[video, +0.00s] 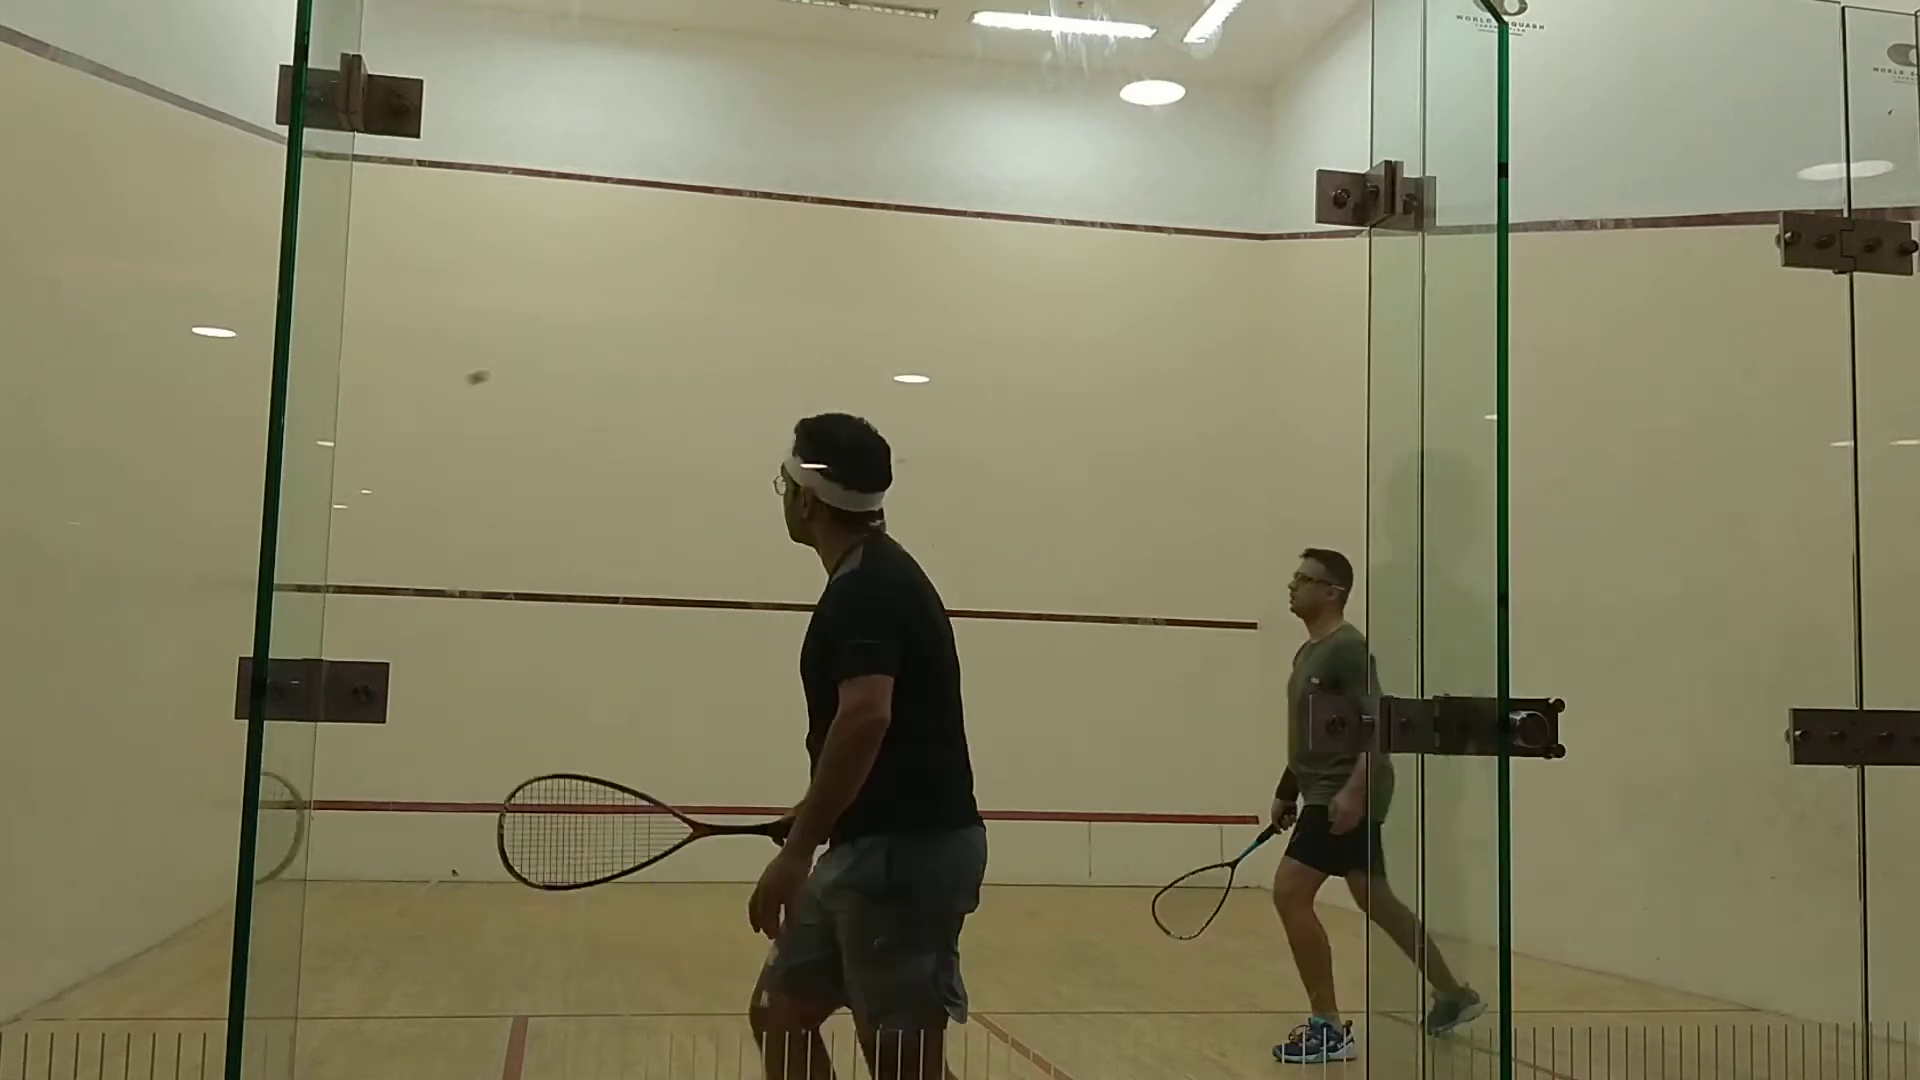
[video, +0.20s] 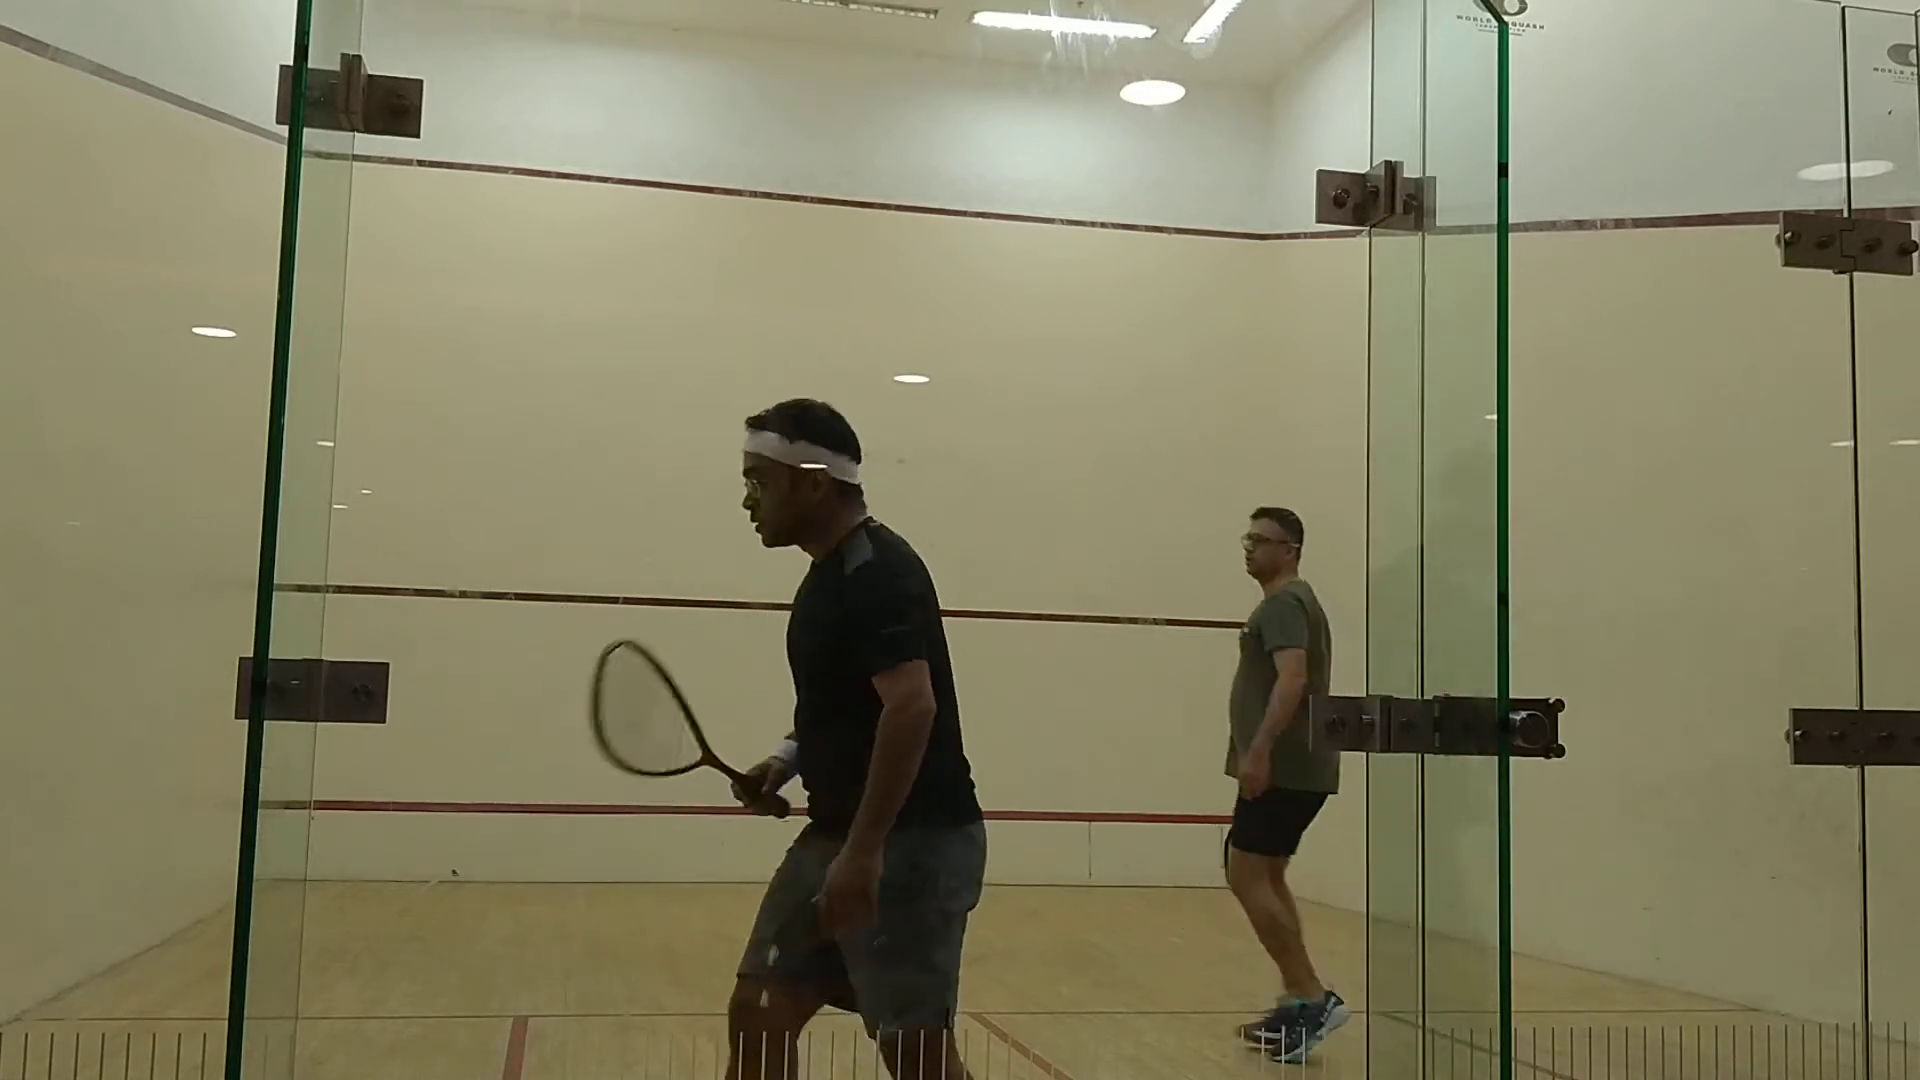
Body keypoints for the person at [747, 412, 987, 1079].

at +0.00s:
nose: (782, 497)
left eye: (787, 483)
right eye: (786, 482)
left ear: (810, 499)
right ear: (867, 498)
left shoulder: (865, 586)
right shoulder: (882, 575)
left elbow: (864, 715)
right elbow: (892, 727)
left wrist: (798, 852)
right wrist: (814, 812)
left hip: (905, 851)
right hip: (872, 846)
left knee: (903, 1052)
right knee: (781, 1015)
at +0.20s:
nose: (747, 499)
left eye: (758, 480)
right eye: (748, 481)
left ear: (813, 483)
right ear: (812, 484)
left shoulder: (880, 571)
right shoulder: (829, 576)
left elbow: (911, 705)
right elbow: (841, 704)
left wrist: (862, 849)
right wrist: (785, 760)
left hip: (916, 843)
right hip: (838, 838)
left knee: (915, 1050)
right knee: (759, 1018)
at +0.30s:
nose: (733, 502)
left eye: (745, 483)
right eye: (731, 486)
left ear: (806, 479)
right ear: (799, 483)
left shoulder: (888, 572)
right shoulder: (781, 589)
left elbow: (944, 700)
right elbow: (788, 689)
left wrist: (908, 837)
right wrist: (757, 752)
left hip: (901, 853)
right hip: (812, 846)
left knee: (911, 1054)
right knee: (758, 1028)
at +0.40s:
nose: (711, 509)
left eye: (724, 489)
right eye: (708, 493)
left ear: (786, 485)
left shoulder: (887, 577)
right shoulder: (754, 597)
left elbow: (971, 697)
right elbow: (760, 706)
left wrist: (952, 826)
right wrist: (736, 776)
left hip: (904, 856)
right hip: (805, 852)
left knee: (928, 1054)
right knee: (737, 1024)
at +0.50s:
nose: (687, 535)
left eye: (699, 514)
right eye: (683, 518)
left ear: (759, 506)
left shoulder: (868, 585)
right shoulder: (725, 628)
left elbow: (975, 695)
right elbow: (740, 743)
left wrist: (977, 825)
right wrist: (716, 830)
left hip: (906, 858)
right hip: (802, 851)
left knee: (921, 1058)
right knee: (695, 1009)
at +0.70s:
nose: (657, 634)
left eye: (663, 611)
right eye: (650, 616)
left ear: (721, 595)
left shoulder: (855, 623)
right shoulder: (702, 708)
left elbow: (970, 722)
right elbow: (747, 813)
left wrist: (929, 823)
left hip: (919, 866)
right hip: (812, 874)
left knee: (900, 1041)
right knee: (696, 1032)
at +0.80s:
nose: (691, 677)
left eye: (698, 653)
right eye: (681, 659)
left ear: (756, 628)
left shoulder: (879, 644)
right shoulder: (729, 717)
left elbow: (1004, 741)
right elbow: (770, 803)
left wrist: (977, 862)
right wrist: (845, 697)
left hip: (947, 884)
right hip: (837, 897)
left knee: (936, 1051)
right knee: (708, 1041)